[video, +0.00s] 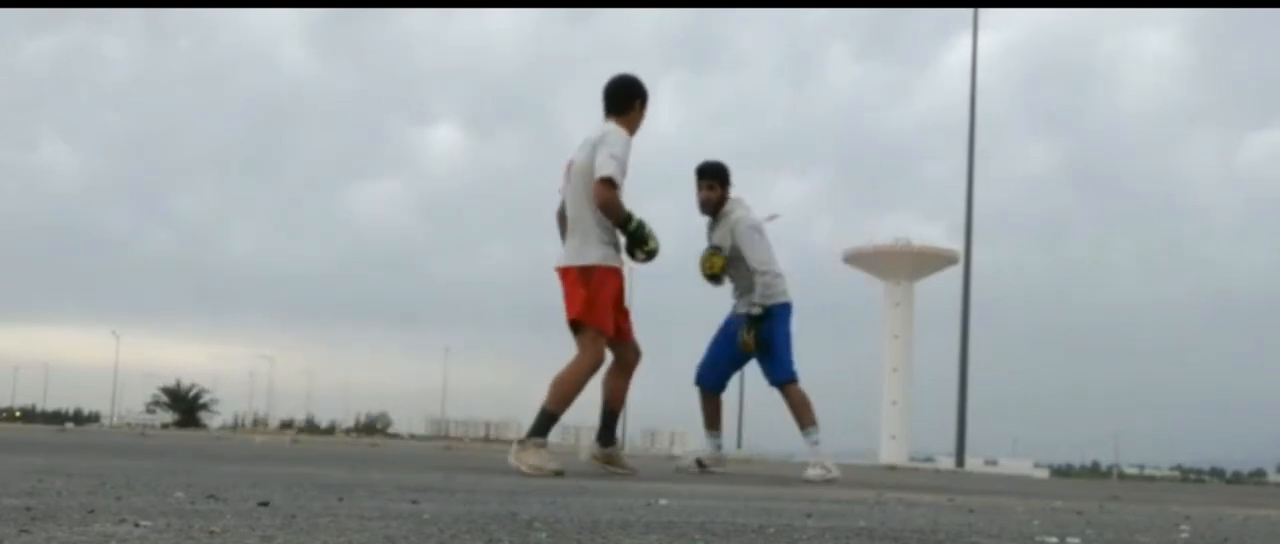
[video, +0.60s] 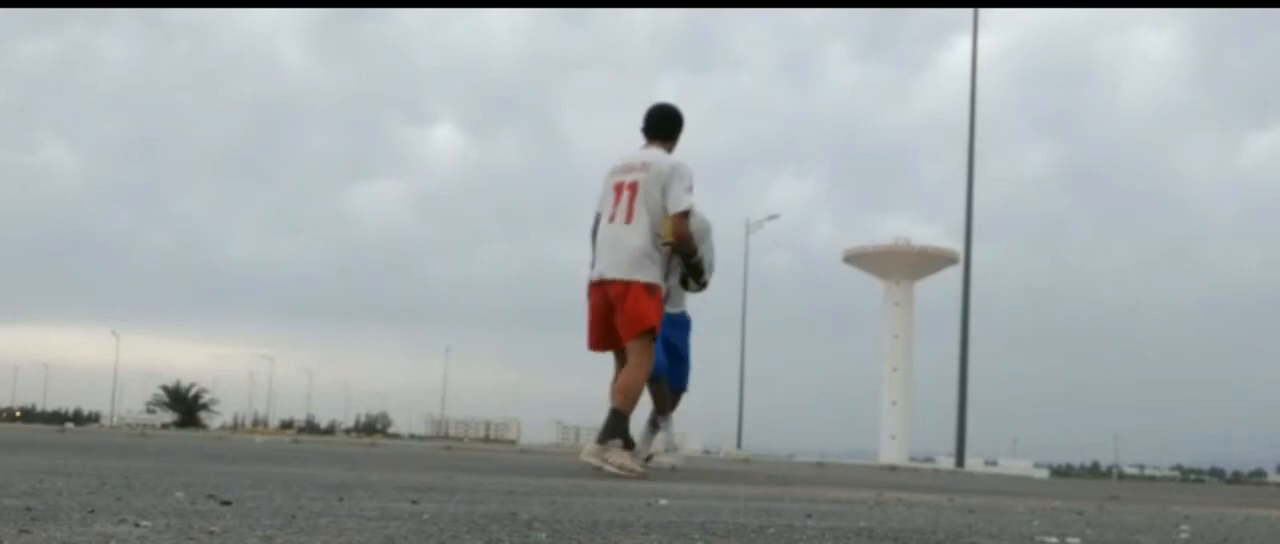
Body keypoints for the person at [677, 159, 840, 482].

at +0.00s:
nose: (701, 197)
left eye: (707, 190)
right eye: (699, 190)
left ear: (722, 190)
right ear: (700, 191)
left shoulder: (742, 221)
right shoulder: (717, 223)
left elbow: (767, 272)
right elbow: (718, 266)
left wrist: (754, 315)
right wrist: (713, 267)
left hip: (770, 307)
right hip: (743, 307)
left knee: (784, 379)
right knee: (708, 378)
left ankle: (819, 457)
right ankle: (713, 452)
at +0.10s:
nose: (693, 188)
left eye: (700, 181)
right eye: (689, 181)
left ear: (713, 183)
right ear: (684, 184)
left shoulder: (735, 213)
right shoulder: (692, 222)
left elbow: (766, 255)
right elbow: (689, 273)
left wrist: (751, 295)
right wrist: (695, 275)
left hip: (753, 303)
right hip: (722, 307)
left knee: (768, 375)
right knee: (700, 381)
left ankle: (793, 453)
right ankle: (713, 451)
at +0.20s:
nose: (687, 180)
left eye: (694, 173)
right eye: (683, 173)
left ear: (707, 175)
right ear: (678, 176)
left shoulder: (732, 205)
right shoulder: (676, 217)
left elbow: (766, 242)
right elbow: (665, 255)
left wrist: (739, 268)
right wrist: (670, 283)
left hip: (739, 300)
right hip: (703, 303)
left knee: (745, 370)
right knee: (697, 378)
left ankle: (758, 451)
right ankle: (712, 449)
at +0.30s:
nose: (688, 178)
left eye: (694, 171)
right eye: (683, 171)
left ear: (704, 172)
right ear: (675, 174)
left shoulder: (727, 204)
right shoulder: (670, 210)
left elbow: (754, 244)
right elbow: (651, 254)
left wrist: (718, 256)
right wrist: (653, 293)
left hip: (724, 299)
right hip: (688, 301)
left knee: (725, 372)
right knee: (695, 378)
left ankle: (714, 440)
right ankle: (710, 445)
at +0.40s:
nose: (688, 181)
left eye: (693, 174)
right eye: (683, 174)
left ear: (702, 177)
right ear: (673, 177)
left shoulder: (718, 209)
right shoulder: (664, 210)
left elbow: (736, 252)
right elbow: (647, 241)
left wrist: (710, 251)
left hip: (711, 300)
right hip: (676, 300)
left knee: (710, 376)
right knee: (690, 378)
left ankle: (680, 431)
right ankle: (709, 443)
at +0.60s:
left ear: (685, 191)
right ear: (657, 191)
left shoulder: (697, 223)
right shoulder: (646, 220)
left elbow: (703, 274)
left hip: (676, 309)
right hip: (648, 307)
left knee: (677, 386)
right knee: (656, 372)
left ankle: (642, 447)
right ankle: (667, 441)